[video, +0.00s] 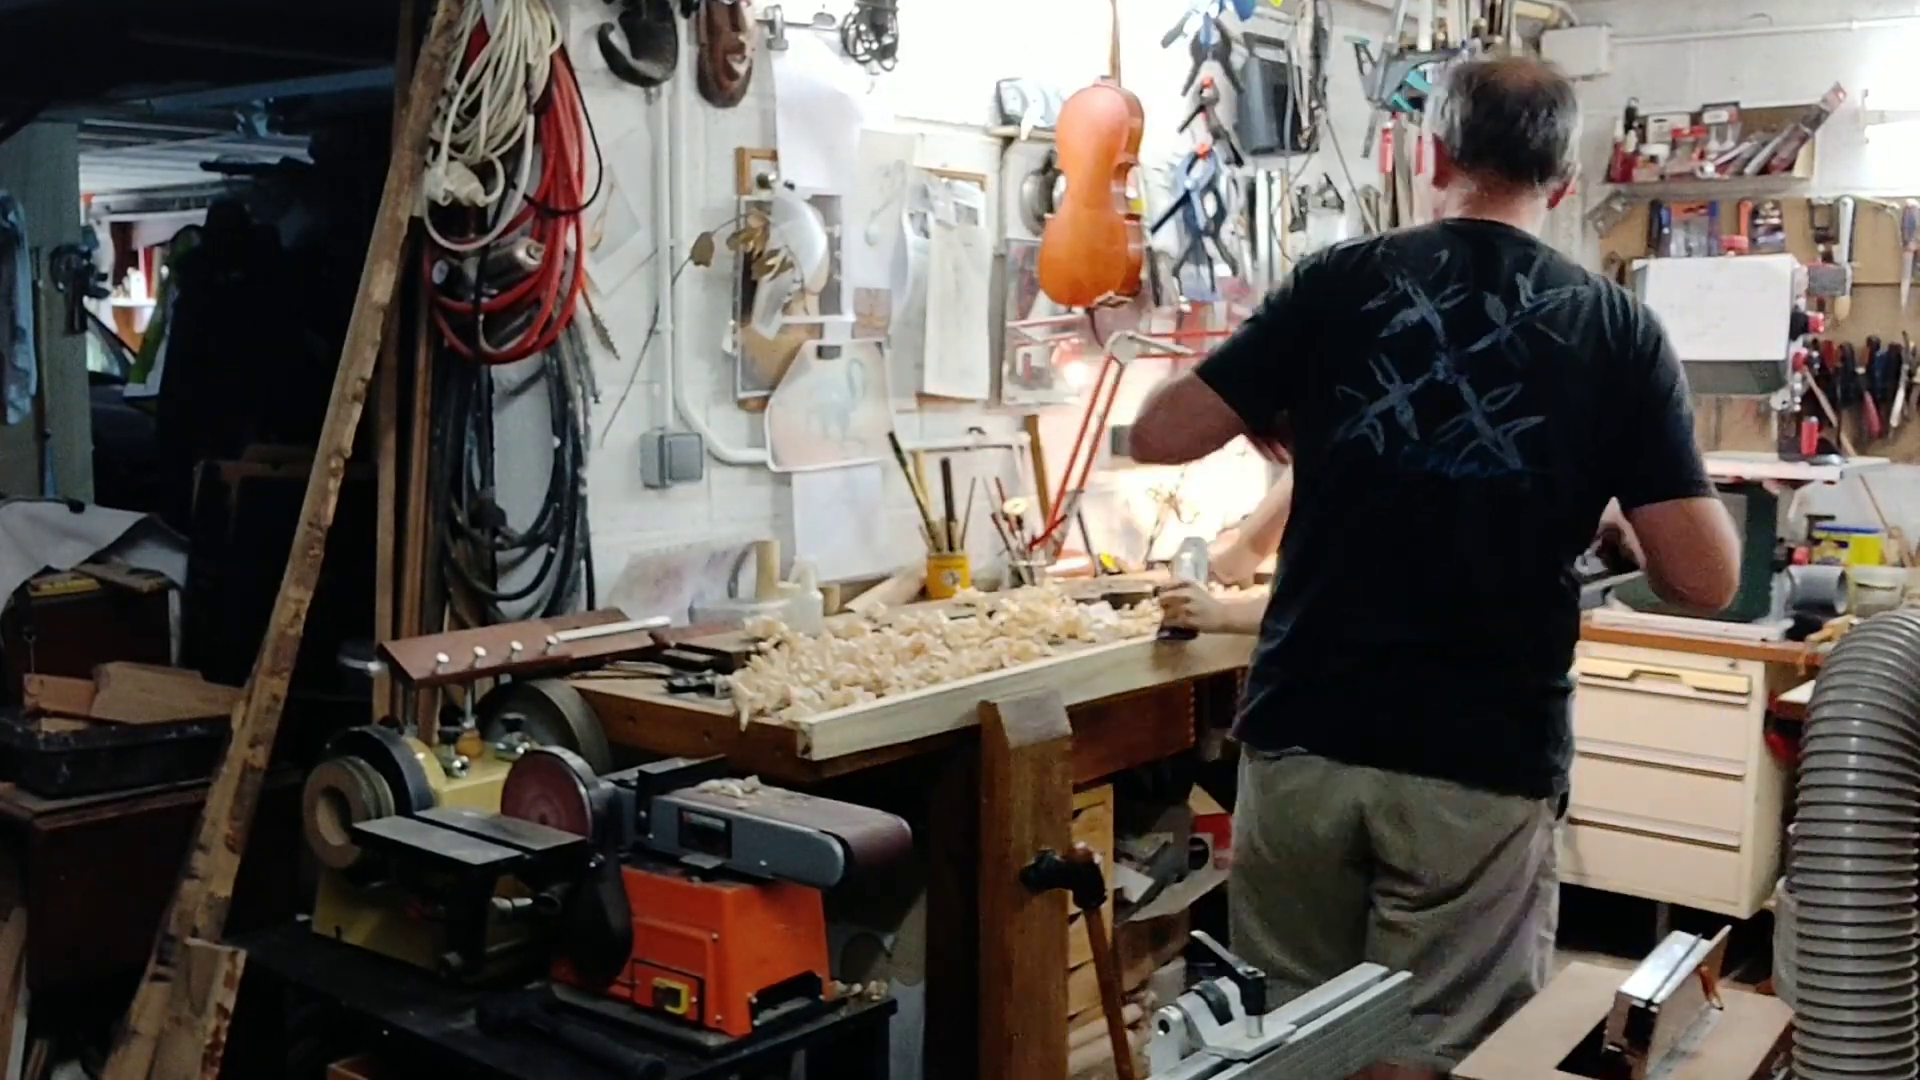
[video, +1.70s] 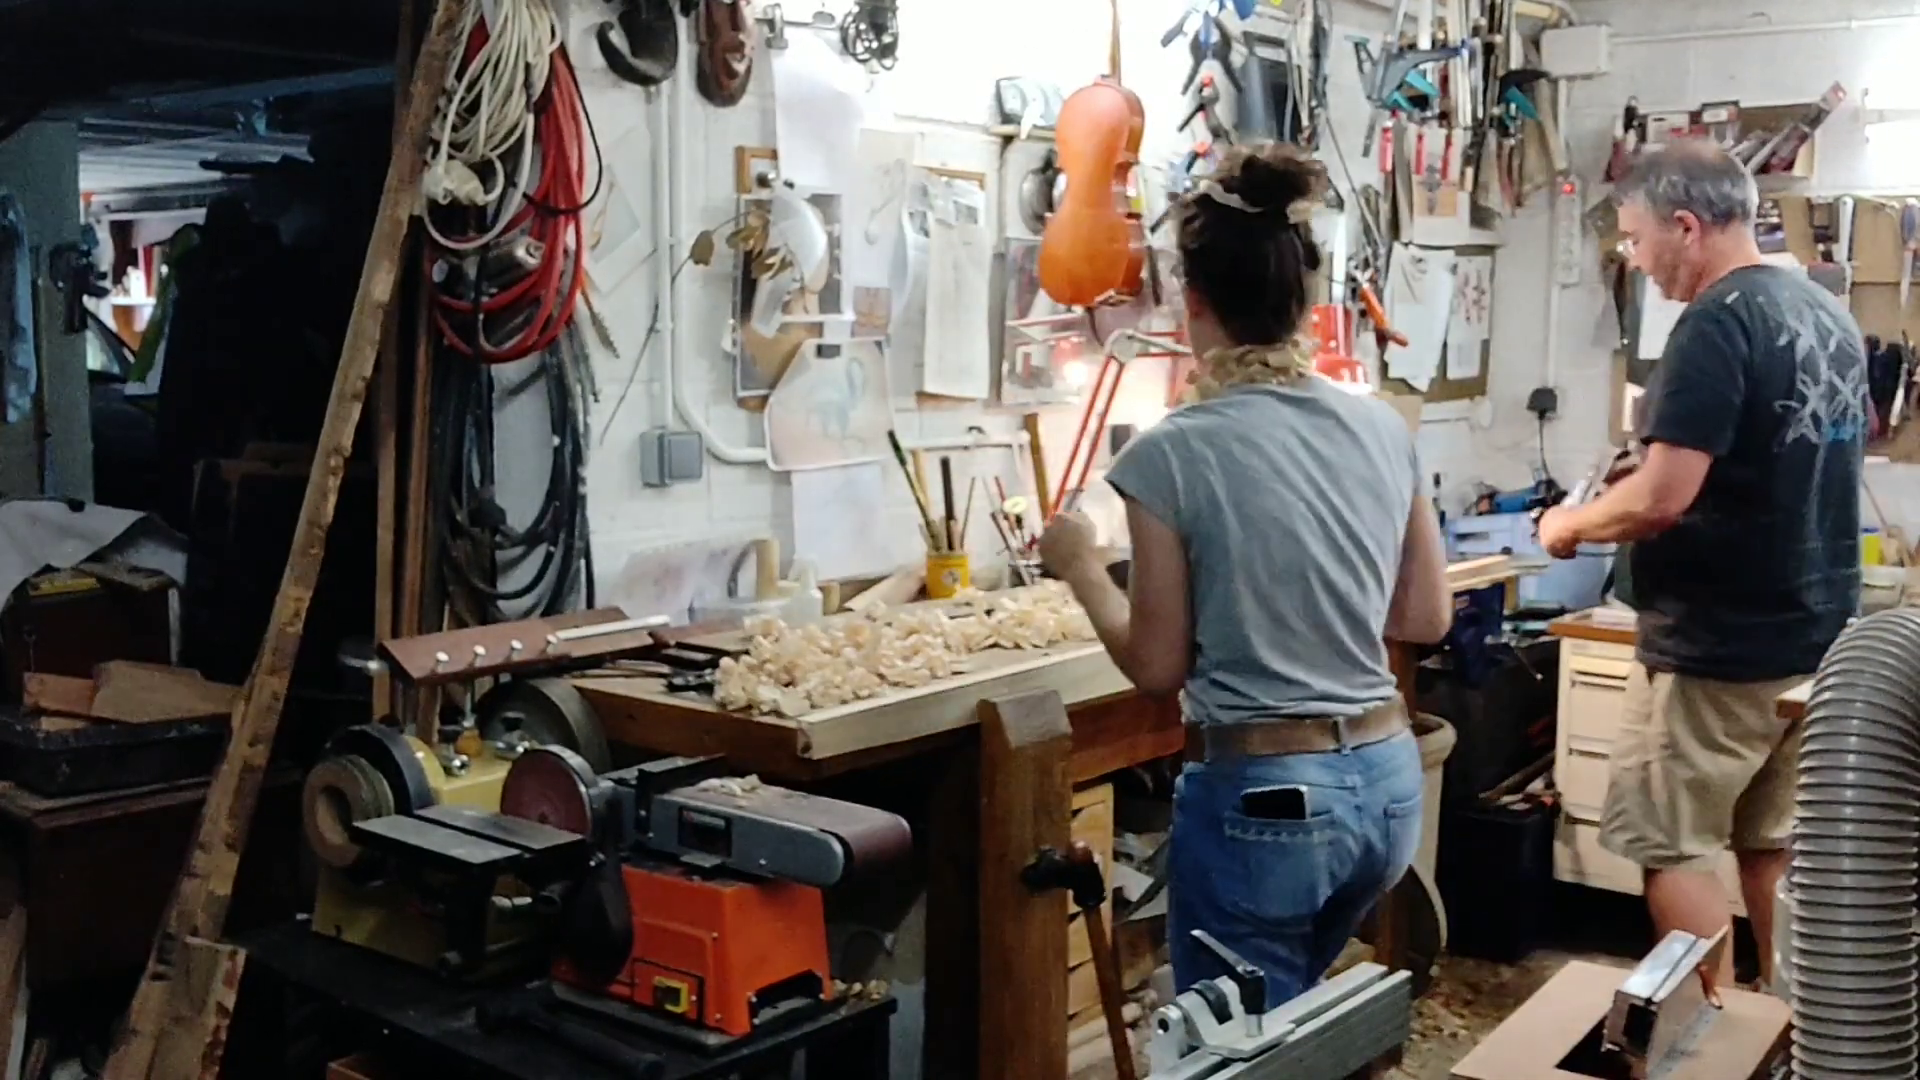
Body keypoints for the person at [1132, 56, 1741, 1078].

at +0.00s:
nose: (1433, 167)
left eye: (1433, 153)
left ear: (1437, 162)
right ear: (1562, 181)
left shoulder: (1337, 280)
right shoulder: (1615, 330)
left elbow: (1155, 434)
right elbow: (1707, 582)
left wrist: (1256, 397)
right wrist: (1631, 524)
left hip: (1302, 736)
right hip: (1482, 764)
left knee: (1280, 1046)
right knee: (1442, 1064)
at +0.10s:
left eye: (1459, 159)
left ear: (1461, 167)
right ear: (1587, 186)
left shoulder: (1362, 278)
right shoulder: (1630, 326)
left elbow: (1189, 427)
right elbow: (1711, 576)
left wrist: (1283, 478)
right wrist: (1646, 530)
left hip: (1318, 719)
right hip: (1490, 748)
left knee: (1330, 1022)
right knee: (1433, 1052)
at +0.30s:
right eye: (1615, 198)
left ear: (1479, 194)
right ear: (1605, 201)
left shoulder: (1397, 299)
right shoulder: (1651, 322)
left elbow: (1241, 445)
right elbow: (1727, 561)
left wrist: (1301, 605)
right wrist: (1679, 551)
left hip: (1407, 698)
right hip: (1562, 710)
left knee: (1420, 992)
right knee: (1501, 1017)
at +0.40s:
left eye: (1477, 209)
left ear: (1483, 210)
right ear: (1605, 208)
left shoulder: (1415, 304)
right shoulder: (1669, 309)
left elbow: (1298, 461)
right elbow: (1748, 532)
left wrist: (1347, 640)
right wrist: (1705, 558)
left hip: (1436, 692)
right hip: (1597, 698)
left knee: (1493, 981)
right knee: (1598, 989)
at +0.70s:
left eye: (1550, 194)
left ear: (1557, 199)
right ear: (1671, 192)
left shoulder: (1505, 298)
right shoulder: (1758, 296)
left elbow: (1421, 469)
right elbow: (1835, 503)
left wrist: (1458, 639)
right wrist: (1767, 533)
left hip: (1543, 676)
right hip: (1709, 677)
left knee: (1543, 968)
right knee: (1719, 964)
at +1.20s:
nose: (1647, 235)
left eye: (1649, 214)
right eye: (1646, 214)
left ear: (1679, 213)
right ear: (1769, 209)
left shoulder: (1641, 319)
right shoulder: (1866, 323)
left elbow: (1568, 505)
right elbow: (1904, 506)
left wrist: (1578, 573)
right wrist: (1807, 499)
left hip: (1663, 658)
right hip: (1805, 655)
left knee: (1677, 906)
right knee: (1760, 909)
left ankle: (1679, 1072)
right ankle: (1744, 1074)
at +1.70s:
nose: (1631, 259)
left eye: (1634, 237)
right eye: (1627, 241)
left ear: (1688, 224)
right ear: (1723, 221)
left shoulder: (1718, 320)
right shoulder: (1824, 311)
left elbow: (1661, 495)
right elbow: (1802, 469)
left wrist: (1575, 523)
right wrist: (1656, 472)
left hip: (1722, 642)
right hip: (1813, 634)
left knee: (1672, 841)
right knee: (1768, 840)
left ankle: (1709, 1033)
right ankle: (1788, 1011)